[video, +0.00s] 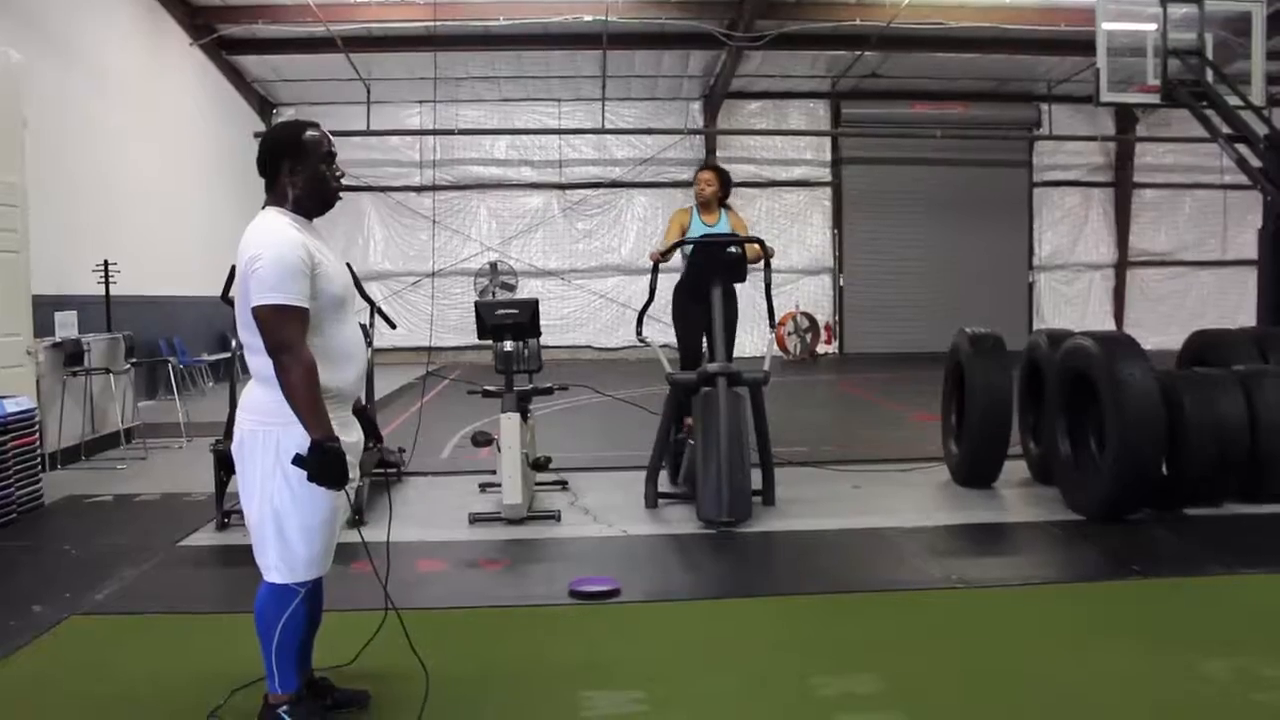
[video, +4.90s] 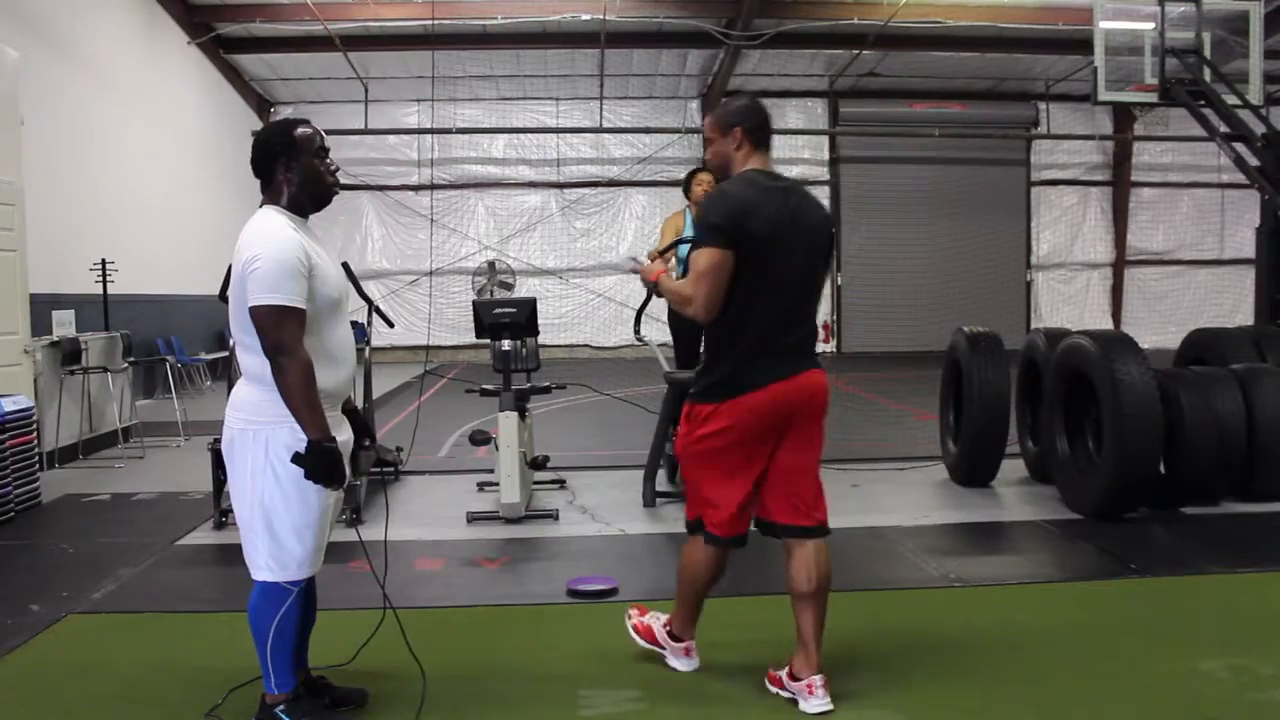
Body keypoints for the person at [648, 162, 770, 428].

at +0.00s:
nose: (700, 188)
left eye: (708, 184)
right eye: (698, 183)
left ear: (721, 190)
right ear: (693, 186)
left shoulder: (732, 218)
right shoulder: (683, 217)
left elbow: (750, 253)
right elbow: (670, 244)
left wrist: (761, 251)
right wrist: (660, 254)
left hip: (723, 292)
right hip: (690, 293)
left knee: (722, 357)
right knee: (690, 358)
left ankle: (721, 416)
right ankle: (687, 417)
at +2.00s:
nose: (709, 196)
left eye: (717, 192)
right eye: (705, 191)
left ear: (728, 198)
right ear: (701, 195)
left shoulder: (737, 225)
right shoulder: (688, 223)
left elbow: (748, 260)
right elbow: (672, 257)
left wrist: (760, 254)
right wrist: (660, 255)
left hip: (724, 297)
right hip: (691, 298)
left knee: (722, 356)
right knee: (693, 351)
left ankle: (721, 409)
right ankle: (687, 405)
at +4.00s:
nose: (707, 190)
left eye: (714, 186)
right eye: (704, 184)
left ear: (727, 193)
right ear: (699, 188)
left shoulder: (736, 221)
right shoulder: (687, 217)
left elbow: (752, 254)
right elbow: (671, 251)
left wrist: (738, 252)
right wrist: (660, 254)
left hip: (722, 292)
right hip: (689, 293)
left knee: (723, 355)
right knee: (689, 355)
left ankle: (722, 409)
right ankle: (682, 409)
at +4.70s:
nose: (692, 196)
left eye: (697, 191)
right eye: (687, 191)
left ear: (706, 197)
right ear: (677, 196)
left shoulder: (717, 224)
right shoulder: (668, 227)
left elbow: (726, 256)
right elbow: (658, 259)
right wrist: (657, 257)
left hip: (713, 300)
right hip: (681, 301)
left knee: (724, 360)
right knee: (684, 367)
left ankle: (722, 422)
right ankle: (681, 427)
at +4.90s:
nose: (706, 188)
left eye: (710, 184)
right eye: (699, 184)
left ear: (717, 189)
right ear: (688, 191)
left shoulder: (724, 220)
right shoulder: (676, 221)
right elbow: (662, 257)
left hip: (718, 294)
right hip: (685, 293)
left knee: (718, 359)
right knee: (687, 360)